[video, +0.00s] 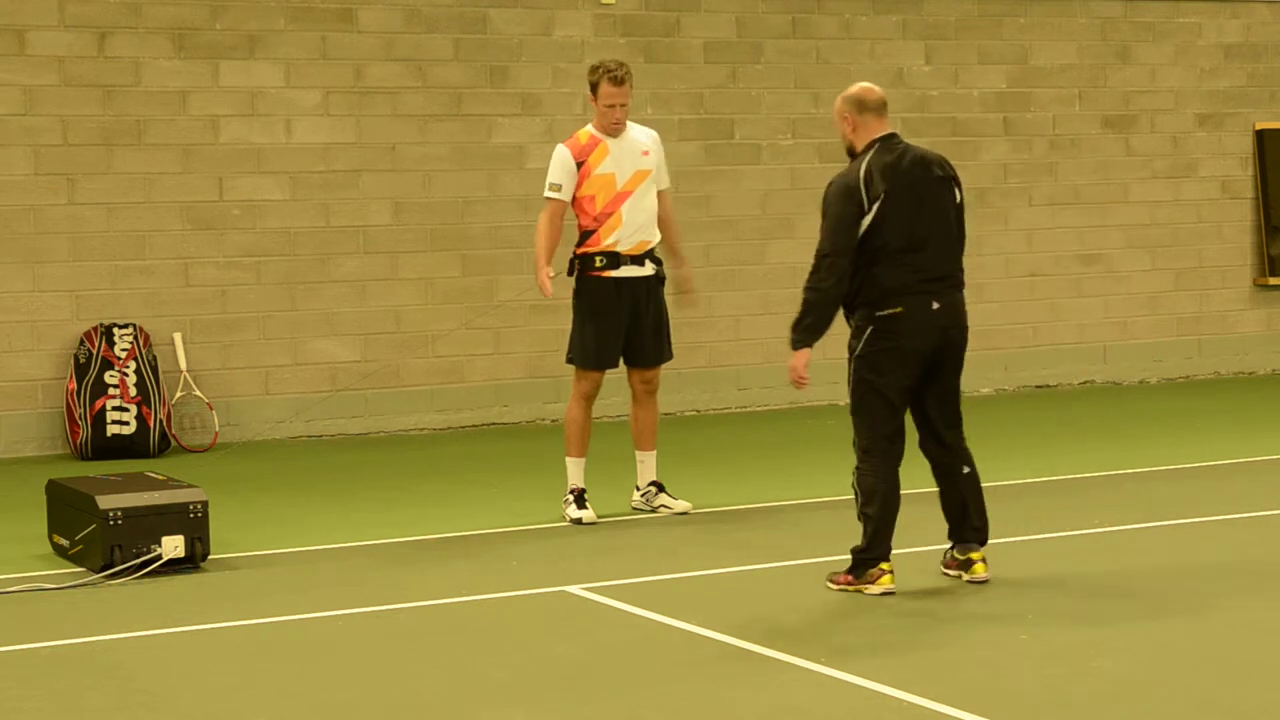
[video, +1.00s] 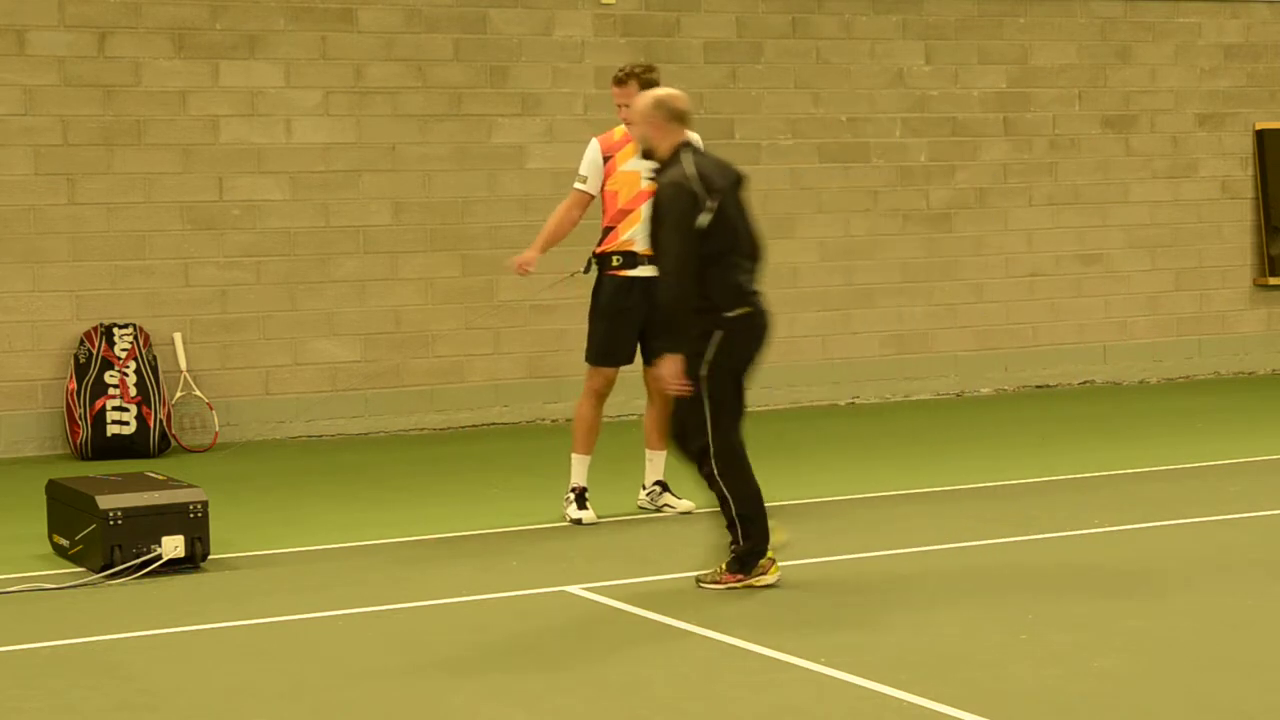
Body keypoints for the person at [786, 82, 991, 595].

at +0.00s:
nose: (838, 133)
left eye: (838, 124)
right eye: (838, 124)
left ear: (849, 121)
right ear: (886, 116)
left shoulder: (850, 184)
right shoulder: (939, 167)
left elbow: (832, 267)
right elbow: (953, 246)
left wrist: (803, 339)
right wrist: (931, 301)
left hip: (886, 329)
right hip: (947, 321)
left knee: (877, 449)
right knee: (946, 437)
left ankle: (872, 564)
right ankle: (970, 550)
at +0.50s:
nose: (815, 136)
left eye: (816, 127)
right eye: (816, 126)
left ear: (829, 126)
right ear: (861, 124)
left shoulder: (831, 183)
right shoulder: (909, 176)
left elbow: (823, 265)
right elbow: (935, 257)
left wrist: (796, 336)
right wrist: (940, 324)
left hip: (860, 330)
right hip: (917, 324)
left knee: (807, 432)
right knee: (931, 437)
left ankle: (799, 556)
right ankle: (967, 549)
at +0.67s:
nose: (764, 149)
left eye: (765, 139)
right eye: (764, 139)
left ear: (777, 139)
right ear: (807, 134)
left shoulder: (788, 199)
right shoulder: (851, 185)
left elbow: (790, 282)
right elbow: (878, 264)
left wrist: (771, 357)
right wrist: (870, 318)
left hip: (819, 345)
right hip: (870, 338)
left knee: (762, 440)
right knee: (901, 436)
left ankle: (755, 559)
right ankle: (960, 540)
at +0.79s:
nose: (712, 148)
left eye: (714, 139)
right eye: (712, 138)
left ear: (732, 138)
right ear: (755, 134)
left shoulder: (740, 200)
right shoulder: (798, 184)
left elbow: (748, 286)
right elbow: (828, 262)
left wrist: (753, 362)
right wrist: (809, 315)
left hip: (772, 340)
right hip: (819, 332)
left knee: (729, 448)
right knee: (831, 432)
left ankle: (753, 560)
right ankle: (913, 513)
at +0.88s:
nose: (681, 140)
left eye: (684, 131)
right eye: (681, 131)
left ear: (702, 133)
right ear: (724, 130)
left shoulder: (711, 194)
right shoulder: (767, 178)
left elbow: (719, 280)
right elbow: (794, 256)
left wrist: (725, 353)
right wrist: (778, 307)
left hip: (748, 335)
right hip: (788, 327)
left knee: (718, 446)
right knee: (770, 431)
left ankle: (752, 561)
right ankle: (858, 506)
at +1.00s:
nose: (633, 135)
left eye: (638, 125)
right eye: (634, 125)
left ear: (663, 127)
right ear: (673, 124)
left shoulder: (677, 186)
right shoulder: (713, 169)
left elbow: (677, 274)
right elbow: (747, 248)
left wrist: (672, 350)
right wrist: (721, 295)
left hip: (721, 324)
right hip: (734, 317)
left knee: (716, 436)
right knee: (689, 430)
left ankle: (751, 558)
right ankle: (749, 532)